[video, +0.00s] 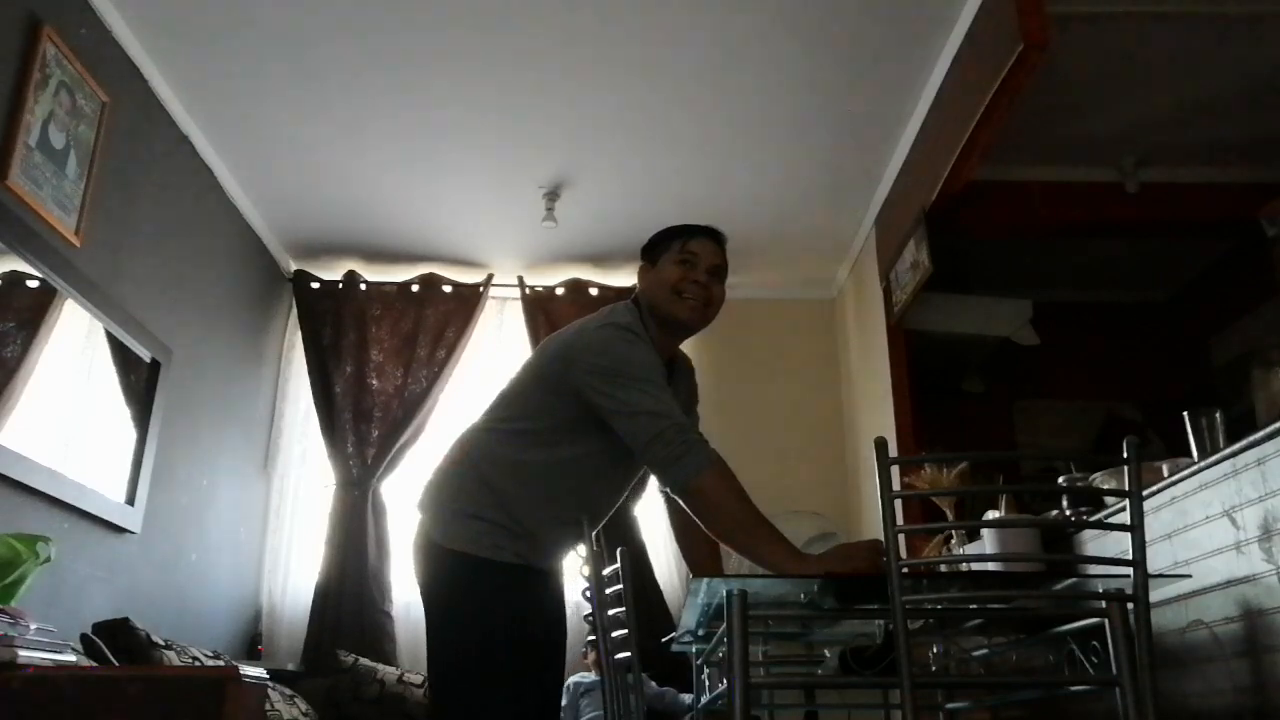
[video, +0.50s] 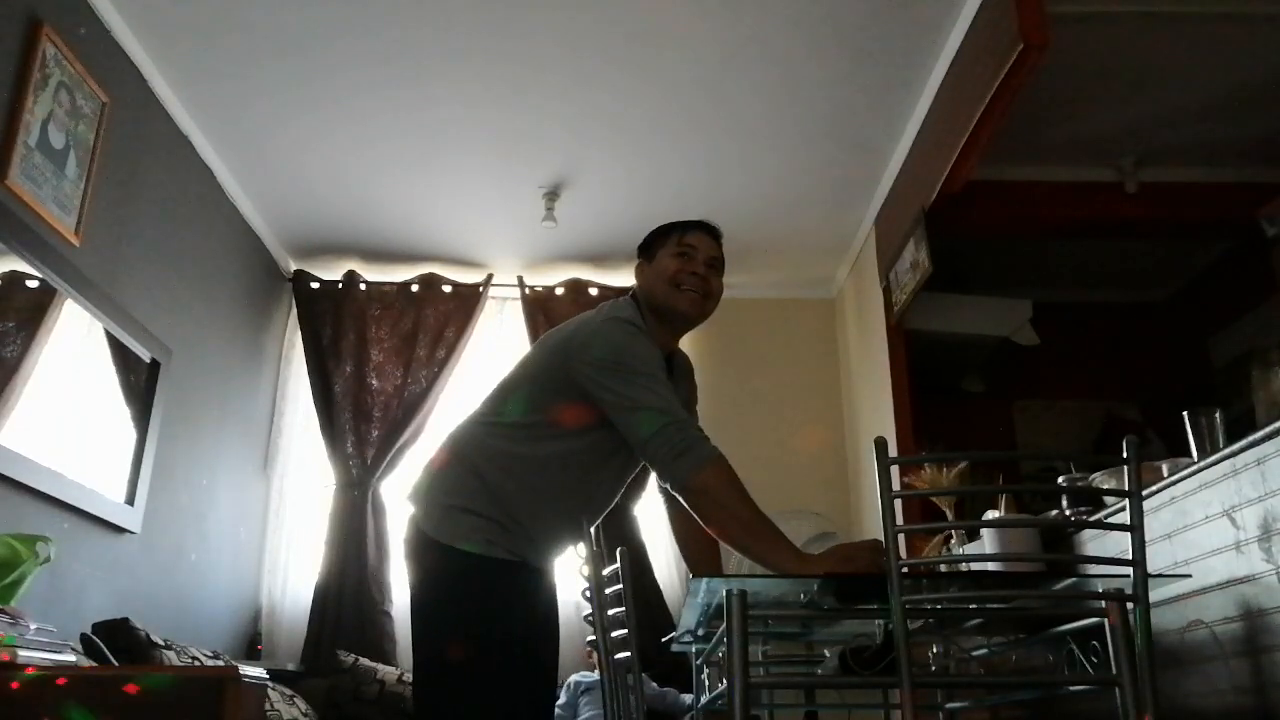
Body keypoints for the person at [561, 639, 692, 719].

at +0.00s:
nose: (601, 654)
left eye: (605, 649)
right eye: (595, 650)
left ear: (614, 651)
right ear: (585, 656)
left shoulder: (636, 680)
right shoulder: (576, 684)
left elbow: (666, 699)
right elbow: (567, 716)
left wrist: (699, 700)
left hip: (629, 715)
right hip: (593, 716)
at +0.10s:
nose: (601, 654)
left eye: (605, 648)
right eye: (595, 649)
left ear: (615, 651)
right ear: (586, 655)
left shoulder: (635, 680)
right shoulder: (576, 684)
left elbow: (669, 699)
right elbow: (563, 716)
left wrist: (701, 699)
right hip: (592, 717)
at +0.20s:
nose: (602, 653)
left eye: (606, 647)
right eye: (596, 648)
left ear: (615, 650)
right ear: (587, 655)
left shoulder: (636, 681)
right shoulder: (576, 684)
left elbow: (670, 700)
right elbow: (562, 714)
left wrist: (702, 700)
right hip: (593, 715)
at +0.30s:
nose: (602, 654)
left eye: (607, 648)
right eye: (596, 649)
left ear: (616, 651)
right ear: (588, 656)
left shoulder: (635, 680)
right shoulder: (576, 683)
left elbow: (670, 700)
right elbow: (562, 715)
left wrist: (702, 699)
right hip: (592, 715)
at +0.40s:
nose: (604, 653)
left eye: (608, 648)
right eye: (598, 649)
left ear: (616, 650)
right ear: (588, 655)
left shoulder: (635, 680)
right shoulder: (576, 683)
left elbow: (670, 700)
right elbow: (561, 715)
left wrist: (702, 700)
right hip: (591, 715)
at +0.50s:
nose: (606, 654)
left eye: (611, 648)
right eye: (600, 649)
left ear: (619, 651)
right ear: (590, 655)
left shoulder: (635, 680)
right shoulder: (578, 682)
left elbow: (669, 700)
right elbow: (561, 715)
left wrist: (701, 700)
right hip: (591, 715)